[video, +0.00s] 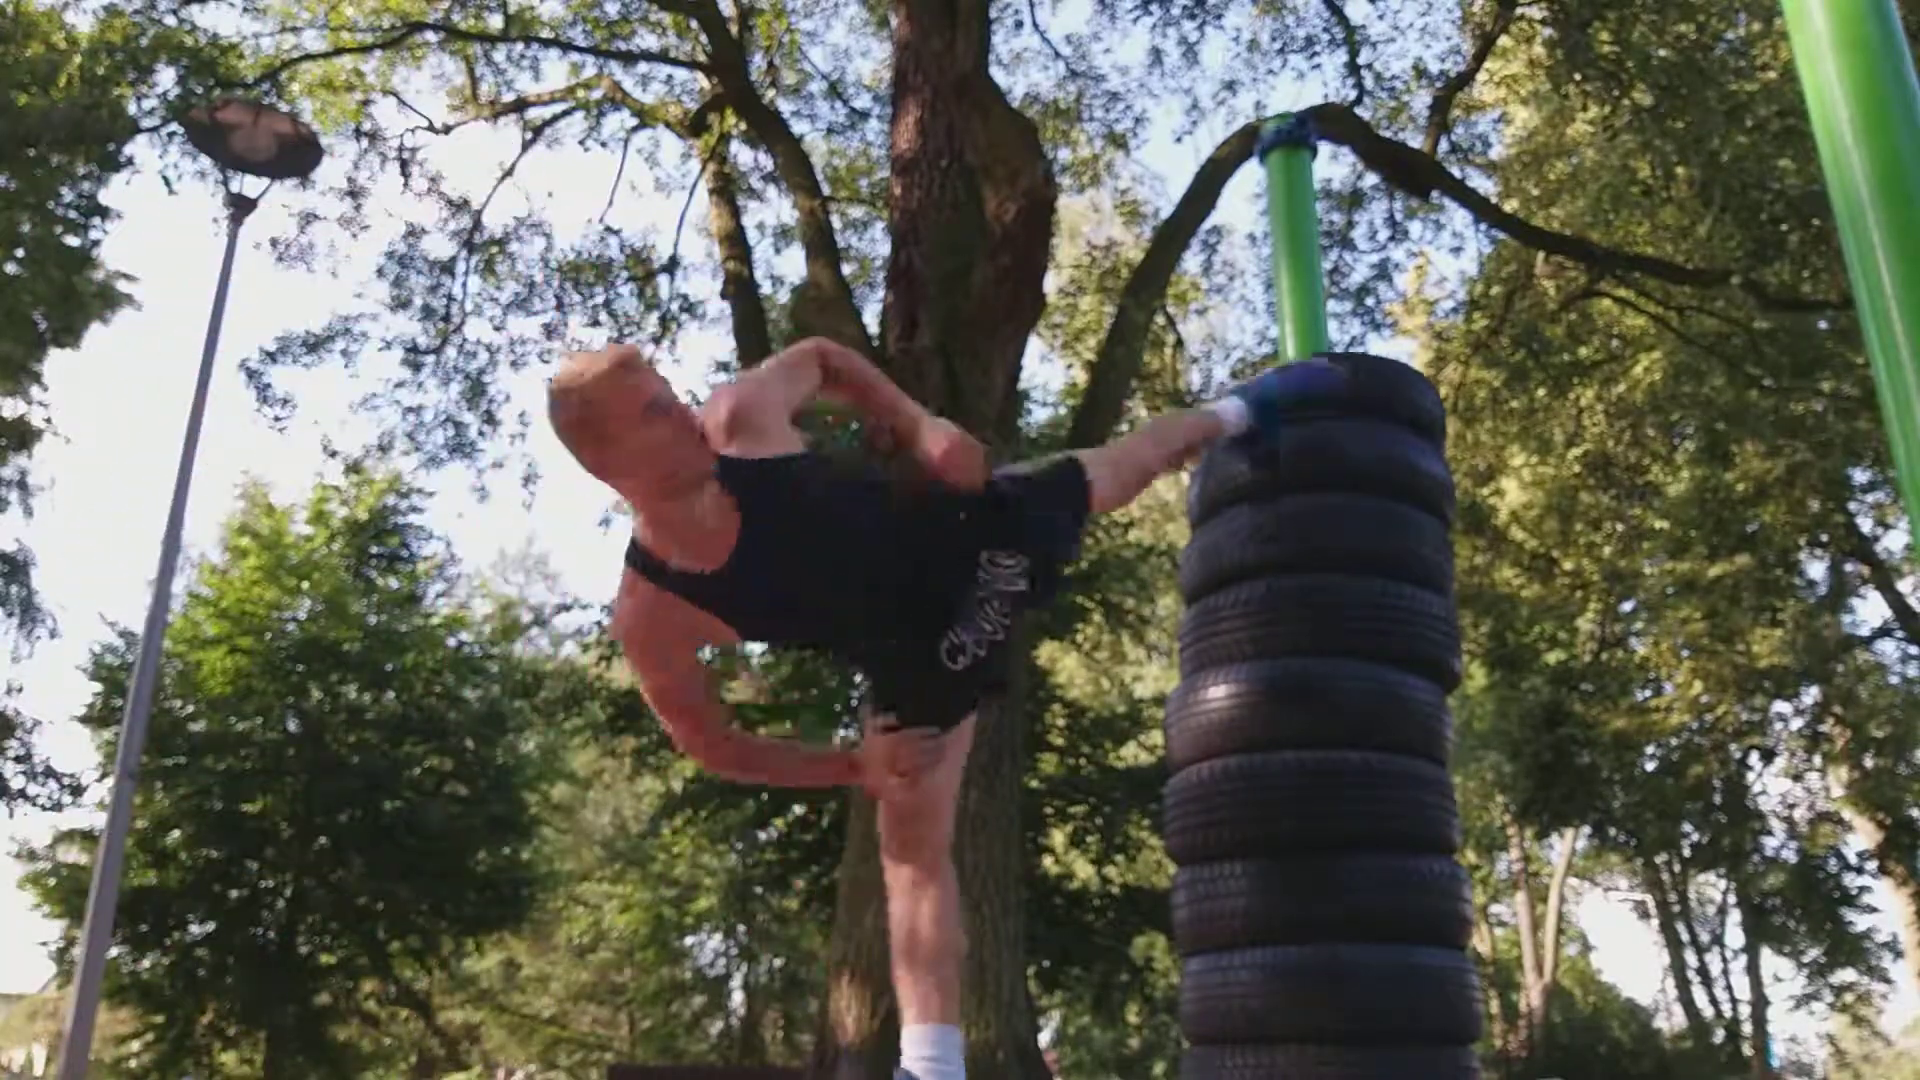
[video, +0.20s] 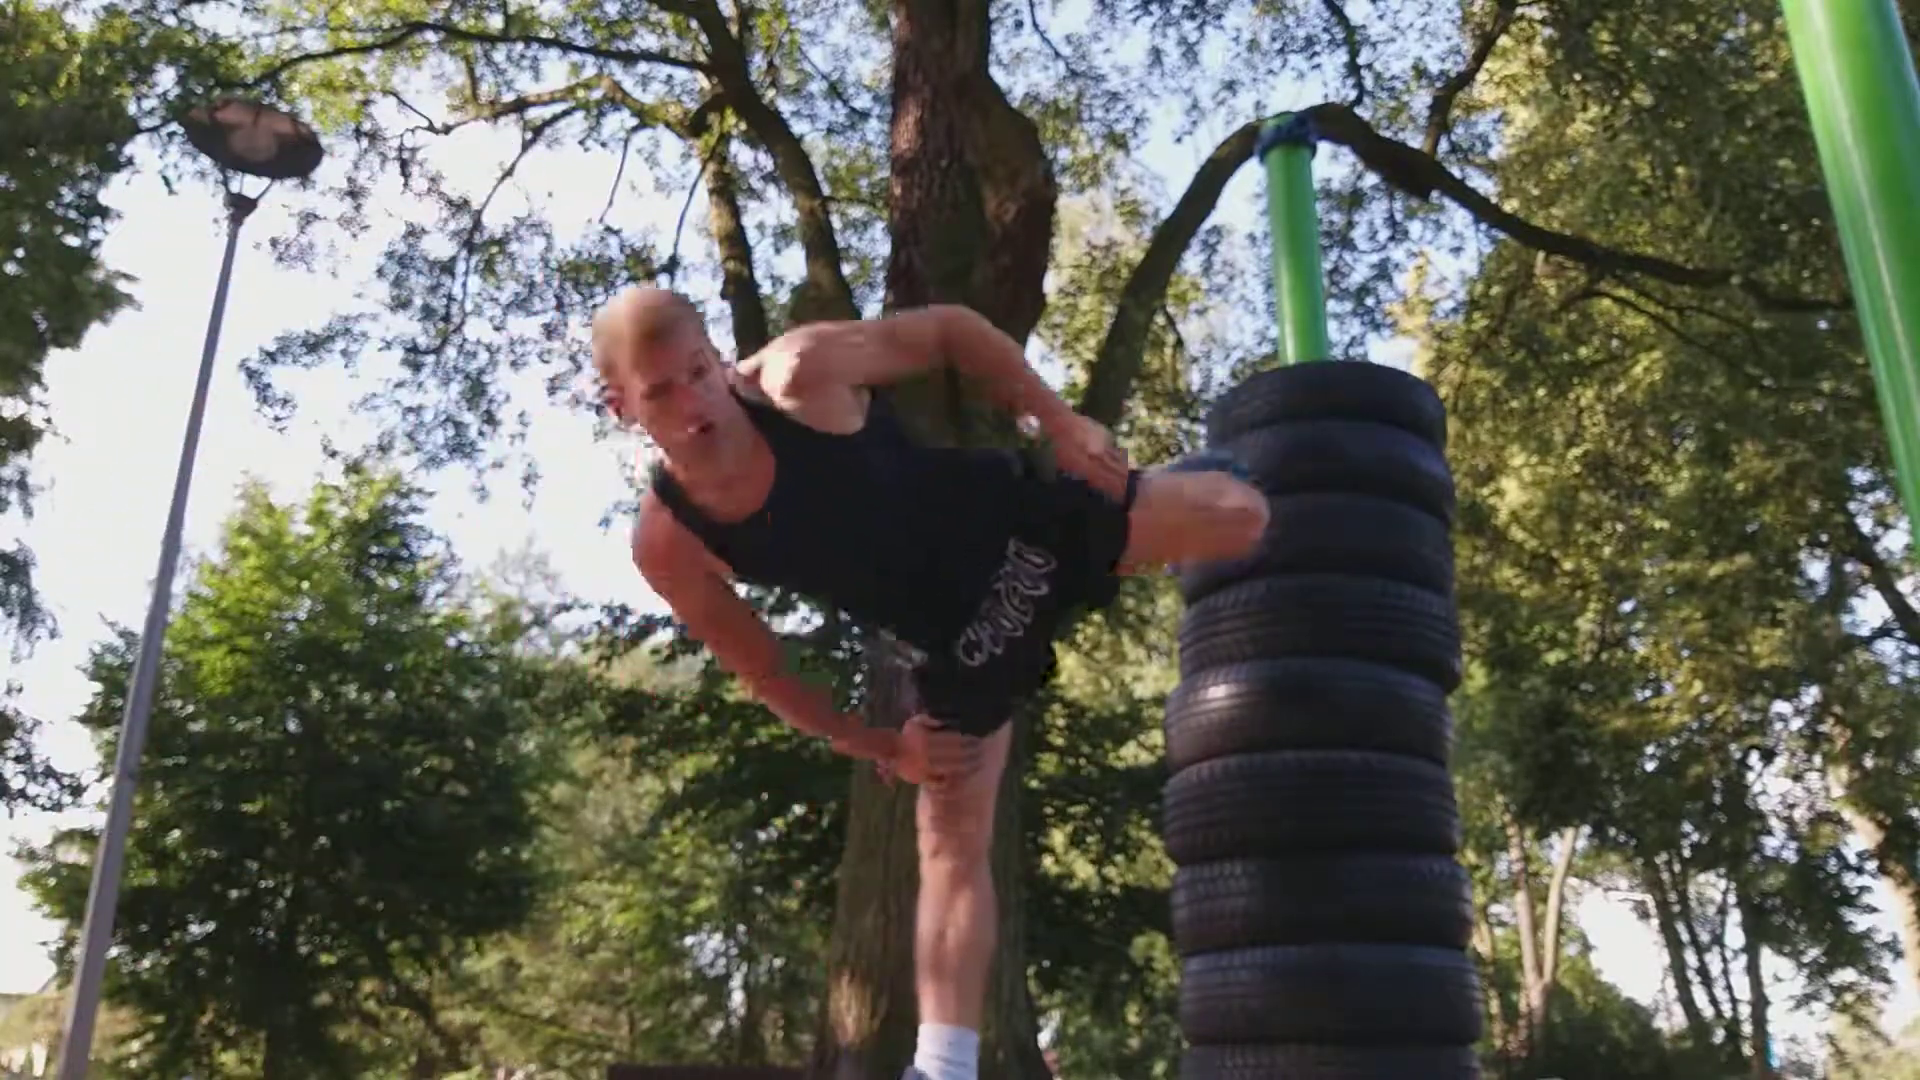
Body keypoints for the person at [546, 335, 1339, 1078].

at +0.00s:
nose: (685, 412)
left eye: (674, 394)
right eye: (655, 413)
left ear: (682, 399)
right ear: (609, 465)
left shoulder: (744, 418)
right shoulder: (651, 615)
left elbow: (821, 356)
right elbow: (713, 747)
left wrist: (919, 423)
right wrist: (844, 767)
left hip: (964, 536)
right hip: (911, 652)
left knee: (1124, 467)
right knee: (911, 840)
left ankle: (1238, 408)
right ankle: (931, 1064)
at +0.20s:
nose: (690, 403)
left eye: (696, 373)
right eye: (660, 393)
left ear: (716, 354)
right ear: (622, 409)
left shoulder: (800, 368)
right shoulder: (669, 543)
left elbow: (951, 332)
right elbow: (765, 674)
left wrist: (1059, 422)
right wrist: (879, 746)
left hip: (1016, 519)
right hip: (949, 630)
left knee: (1245, 519)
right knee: (949, 836)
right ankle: (945, 1066)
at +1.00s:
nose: (800, 14)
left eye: (806, 12)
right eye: (797, 3)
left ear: (770, 14)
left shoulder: (750, 106)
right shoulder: (556, 27)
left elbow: (779, 305)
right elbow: (479, 55)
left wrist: (904, 293)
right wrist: (685, 11)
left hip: (739, 404)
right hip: (579, 386)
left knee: (865, 644)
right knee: (474, 594)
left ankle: (940, 1029)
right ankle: (373, 1021)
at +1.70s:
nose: (538, 101)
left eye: (544, 84)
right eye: (532, 72)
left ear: (476, 59)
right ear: (469, 44)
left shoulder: (430, 196)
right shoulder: (348, 65)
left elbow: (370, 380)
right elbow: (221, 115)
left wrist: (485, 367)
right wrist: (402, 186)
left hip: (349, 475)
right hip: (243, 430)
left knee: (357, 736)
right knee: (148, 681)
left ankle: (222, 1026)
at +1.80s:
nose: (501, 150)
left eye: (507, 130)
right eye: (493, 121)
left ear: (430, 115)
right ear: (427, 103)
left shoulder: (393, 261)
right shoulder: (302, 130)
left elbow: (340, 434)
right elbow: (212, 209)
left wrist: (455, 417)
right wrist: (401, 248)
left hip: (314, 550)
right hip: (201, 513)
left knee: (366, 790)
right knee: (82, 731)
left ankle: (198, 1051)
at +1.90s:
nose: (506, 154)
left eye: (512, 136)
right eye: (500, 125)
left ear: (435, 114)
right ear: (433, 99)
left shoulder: (401, 247)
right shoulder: (299, 129)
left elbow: (339, 419)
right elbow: (214, 243)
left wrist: (452, 416)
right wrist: (403, 266)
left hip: (327, 534)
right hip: (222, 504)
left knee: (414, 755)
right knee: (87, 721)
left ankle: (262, 1005)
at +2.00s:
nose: (525, 143)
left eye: (531, 127)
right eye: (520, 117)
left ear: (463, 104)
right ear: (455, 88)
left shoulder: (432, 229)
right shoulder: (328, 114)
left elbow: (364, 390)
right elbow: (243, 227)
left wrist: (467, 395)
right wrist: (423, 273)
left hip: (365, 508)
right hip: (261, 483)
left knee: (424, 741)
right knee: (142, 703)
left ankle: (343, 1011)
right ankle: (3, 934)